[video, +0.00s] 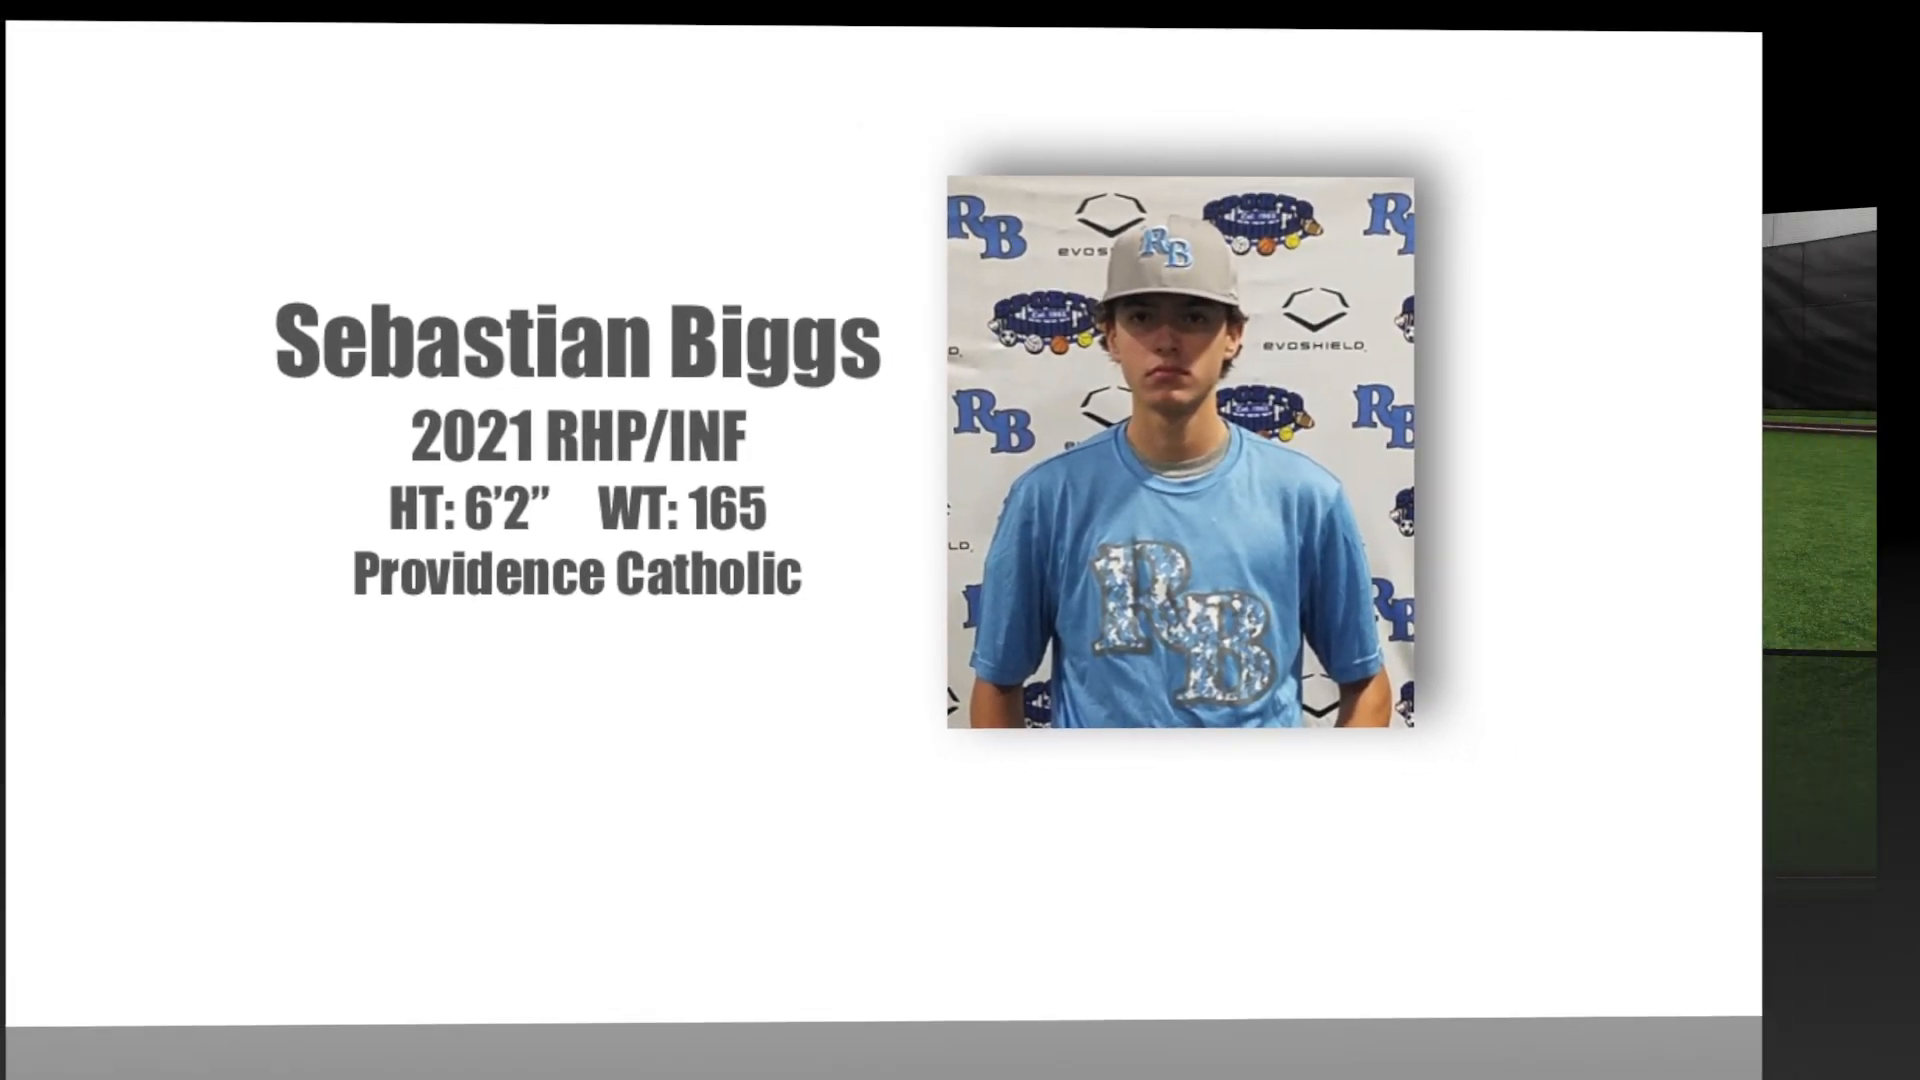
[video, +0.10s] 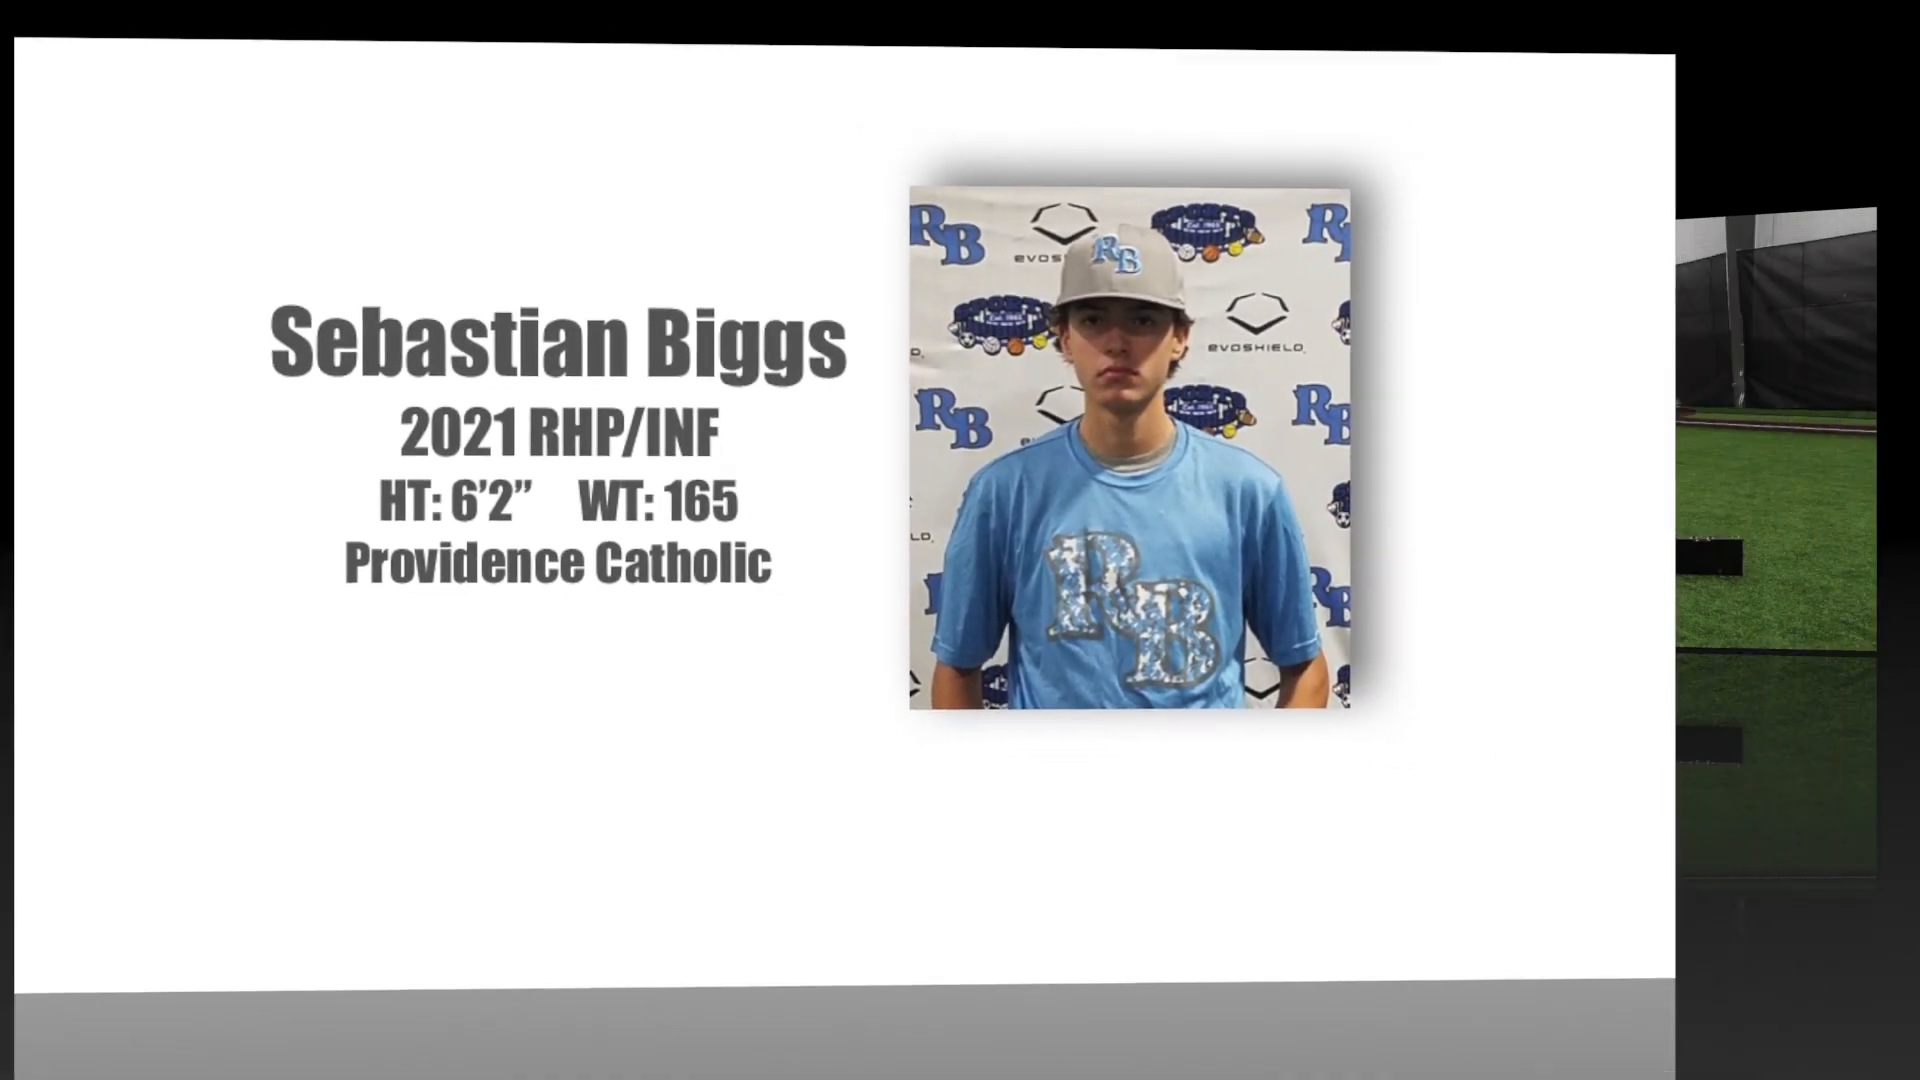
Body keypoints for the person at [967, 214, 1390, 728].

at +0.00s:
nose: (1167, 340)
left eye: (1194, 317)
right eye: (1144, 317)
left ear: (1232, 337)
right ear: (1111, 337)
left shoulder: (1308, 497)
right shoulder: (1044, 501)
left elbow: (1367, 685)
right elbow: (998, 687)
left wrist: (1331, 800)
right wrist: (1007, 805)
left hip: (1266, 799)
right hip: (1096, 799)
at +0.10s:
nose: (1117, 342)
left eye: (1142, 320)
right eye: (1096, 320)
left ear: (1179, 339)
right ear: (1064, 339)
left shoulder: (1249, 491)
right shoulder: (1002, 494)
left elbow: (1306, 668)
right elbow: (958, 671)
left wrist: (1273, 776)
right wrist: (965, 782)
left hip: (1211, 775)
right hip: (1050, 776)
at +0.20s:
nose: (1064, 344)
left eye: (1087, 324)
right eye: (1044, 324)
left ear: (1121, 343)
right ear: (1014, 341)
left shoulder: (1188, 484)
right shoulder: (955, 486)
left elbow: (1240, 650)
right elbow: (914, 652)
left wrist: (1210, 753)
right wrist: (921, 757)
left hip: (1151, 752)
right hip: (1001, 752)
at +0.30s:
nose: (1009, 346)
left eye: (1031, 327)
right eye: (990, 327)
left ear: (1063, 344)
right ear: (963, 343)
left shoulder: (1125, 478)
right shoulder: (908, 479)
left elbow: (1173, 633)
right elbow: (869, 634)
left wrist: (1146, 728)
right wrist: (874, 732)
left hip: (1091, 725)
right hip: (951, 726)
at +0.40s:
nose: (956, 349)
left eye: (976, 331)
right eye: (938, 331)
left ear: (1005, 347)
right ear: (912, 345)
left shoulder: (1063, 471)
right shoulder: (861, 473)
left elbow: (1108, 616)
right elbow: (824, 618)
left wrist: (1081, 706)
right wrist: (829, 711)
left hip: (1031, 703)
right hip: (901, 704)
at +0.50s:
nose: (903, 350)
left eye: (922, 334)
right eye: (887, 334)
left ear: (949, 349)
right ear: (863, 347)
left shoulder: (1003, 465)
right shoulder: (815, 466)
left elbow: (1045, 601)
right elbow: (781, 601)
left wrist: (1021, 683)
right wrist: (786, 689)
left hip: (973, 681)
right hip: (852, 681)